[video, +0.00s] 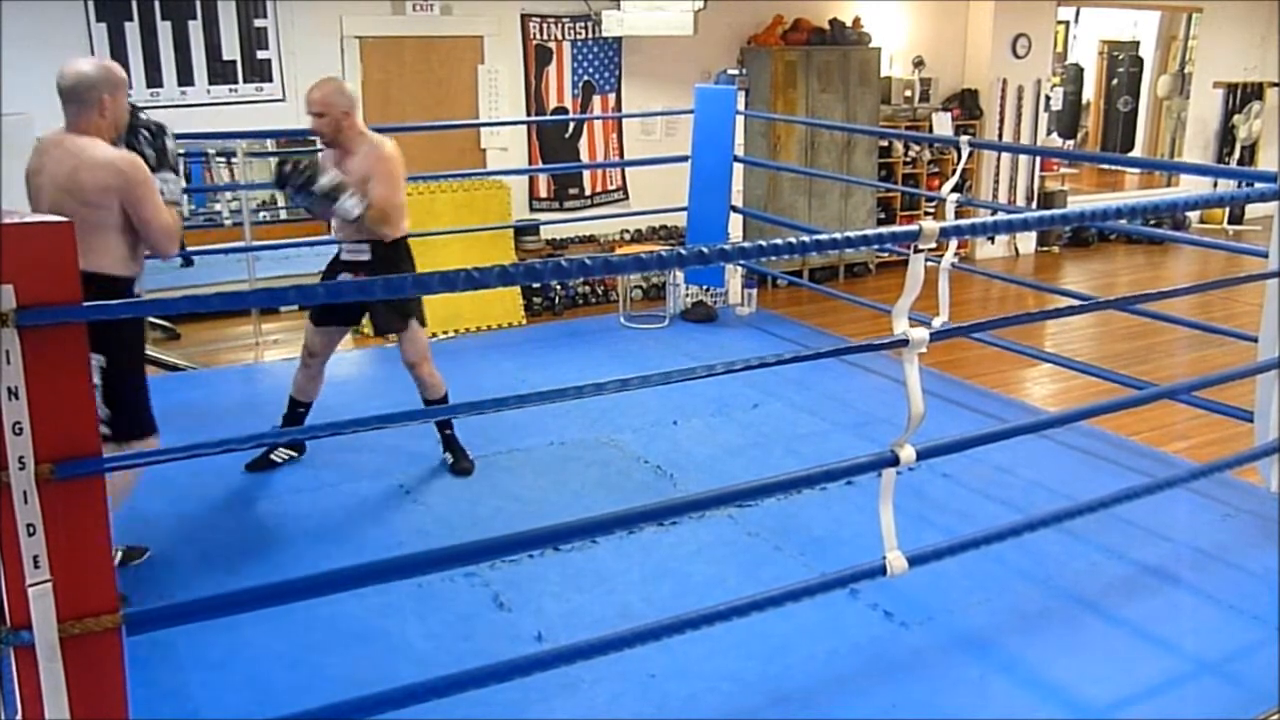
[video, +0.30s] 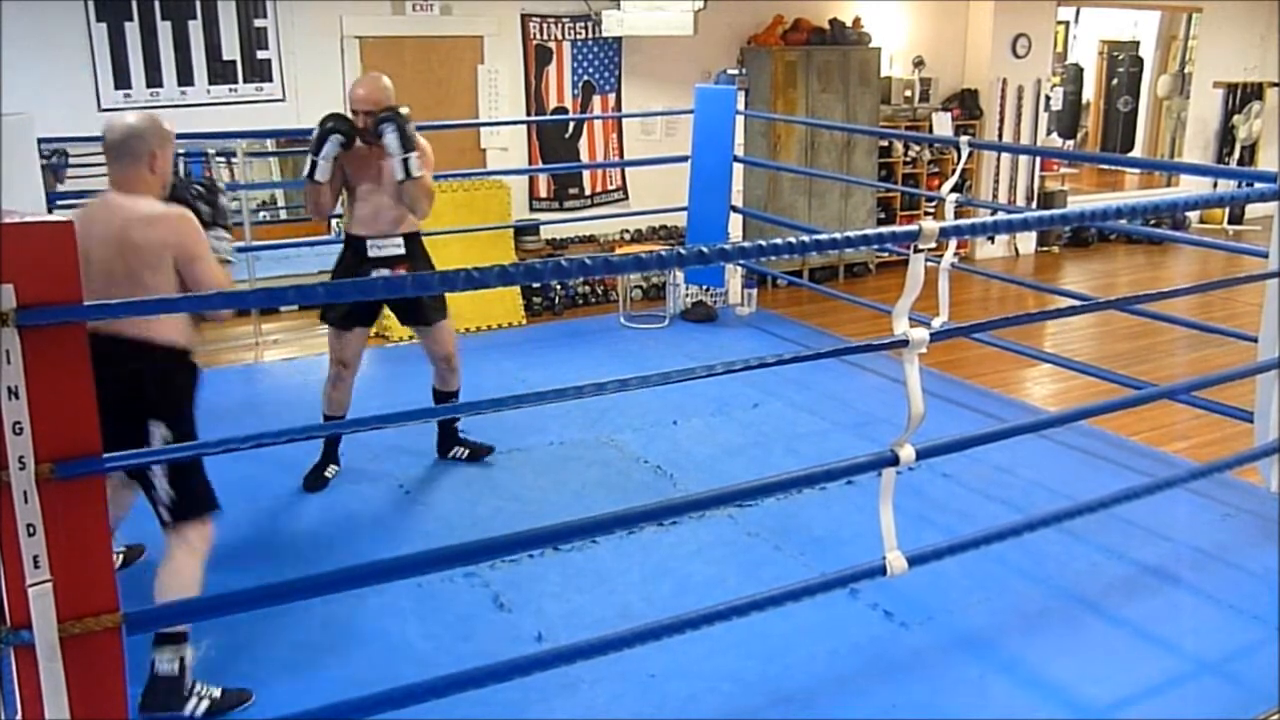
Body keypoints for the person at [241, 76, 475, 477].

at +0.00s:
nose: (312, 124)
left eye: (319, 116)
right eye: (310, 115)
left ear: (346, 115)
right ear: (326, 118)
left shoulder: (383, 154)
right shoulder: (326, 156)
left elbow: (389, 224)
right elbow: (331, 216)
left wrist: (343, 199)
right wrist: (305, 192)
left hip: (389, 262)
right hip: (346, 261)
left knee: (418, 361)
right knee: (313, 353)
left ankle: (450, 440)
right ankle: (290, 437)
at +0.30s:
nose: (362, 122)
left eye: (371, 115)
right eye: (356, 114)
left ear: (391, 112)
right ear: (348, 110)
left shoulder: (414, 145)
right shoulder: (341, 149)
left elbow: (421, 207)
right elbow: (320, 209)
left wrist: (401, 153)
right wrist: (322, 155)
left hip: (408, 253)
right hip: (358, 257)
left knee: (446, 356)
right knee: (341, 366)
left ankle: (449, 439)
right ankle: (329, 456)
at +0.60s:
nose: (405, 132)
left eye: (413, 123)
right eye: (398, 123)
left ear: (427, 118)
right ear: (384, 117)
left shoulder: (437, 149)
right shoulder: (366, 145)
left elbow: (442, 214)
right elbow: (346, 206)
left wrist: (433, 159)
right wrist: (355, 150)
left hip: (424, 257)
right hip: (375, 260)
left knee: (464, 363)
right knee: (373, 372)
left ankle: (454, 437)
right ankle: (363, 491)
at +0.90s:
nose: (452, 146)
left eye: (460, 139)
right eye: (447, 135)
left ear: (465, 141)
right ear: (426, 126)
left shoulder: (452, 170)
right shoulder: (400, 162)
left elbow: (465, 219)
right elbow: (391, 203)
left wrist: (479, 168)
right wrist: (402, 144)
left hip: (436, 270)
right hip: (392, 273)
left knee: (480, 359)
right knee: (383, 384)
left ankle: (460, 429)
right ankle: (365, 496)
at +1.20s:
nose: (456, 122)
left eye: (464, 115)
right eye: (449, 113)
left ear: (475, 114)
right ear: (433, 107)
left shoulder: (475, 153)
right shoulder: (412, 145)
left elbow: (489, 216)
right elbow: (387, 198)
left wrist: (490, 166)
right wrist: (407, 154)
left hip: (451, 253)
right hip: (408, 253)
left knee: (465, 352)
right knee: (405, 364)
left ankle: (456, 431)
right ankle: (392, 476)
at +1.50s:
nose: (434, 152)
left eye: (444, 142)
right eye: (426, 142)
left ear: (460, 140)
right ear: (414, 138)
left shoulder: (467, 178)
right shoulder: (395, 181)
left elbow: (490, 249)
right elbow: (378, 242)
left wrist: (477, 201)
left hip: (447, 291)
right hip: (404, 296)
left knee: (467, 371)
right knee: (407, 379)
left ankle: (457, 433)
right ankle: (406, 450)